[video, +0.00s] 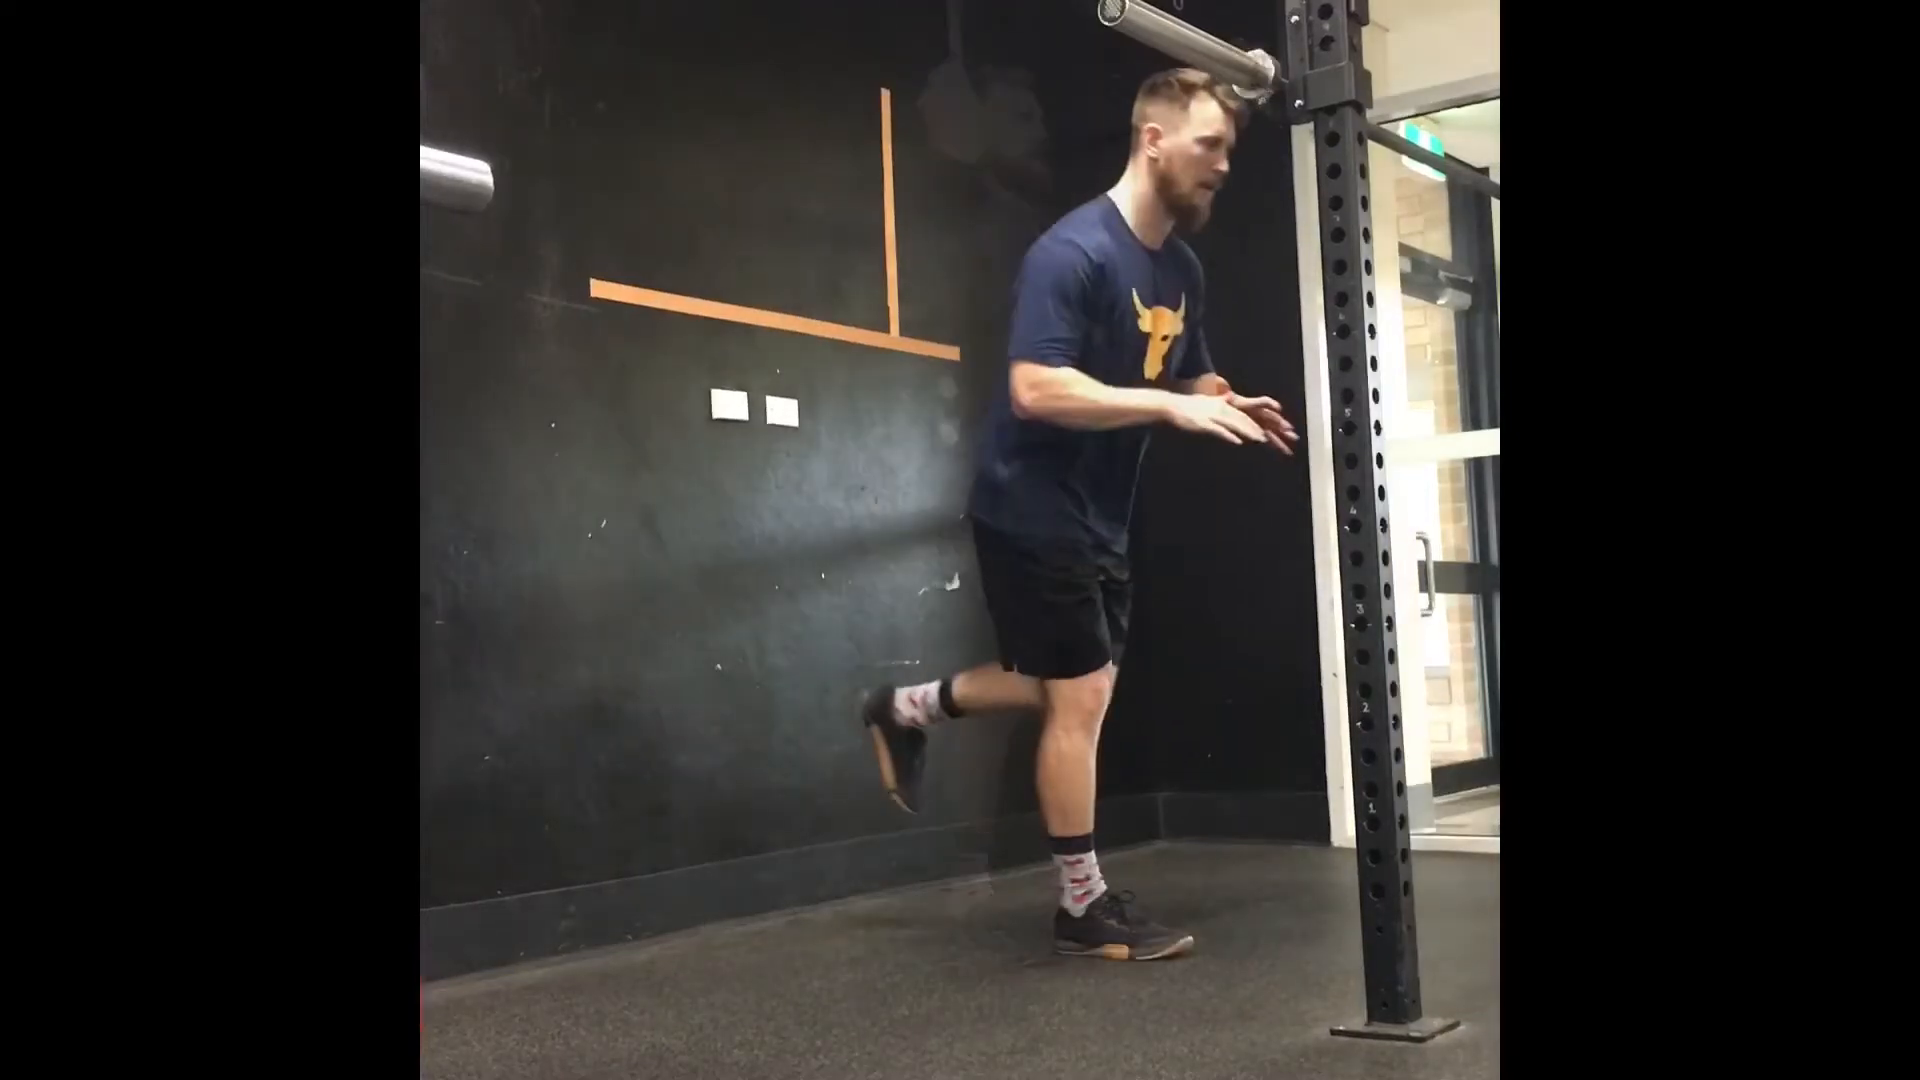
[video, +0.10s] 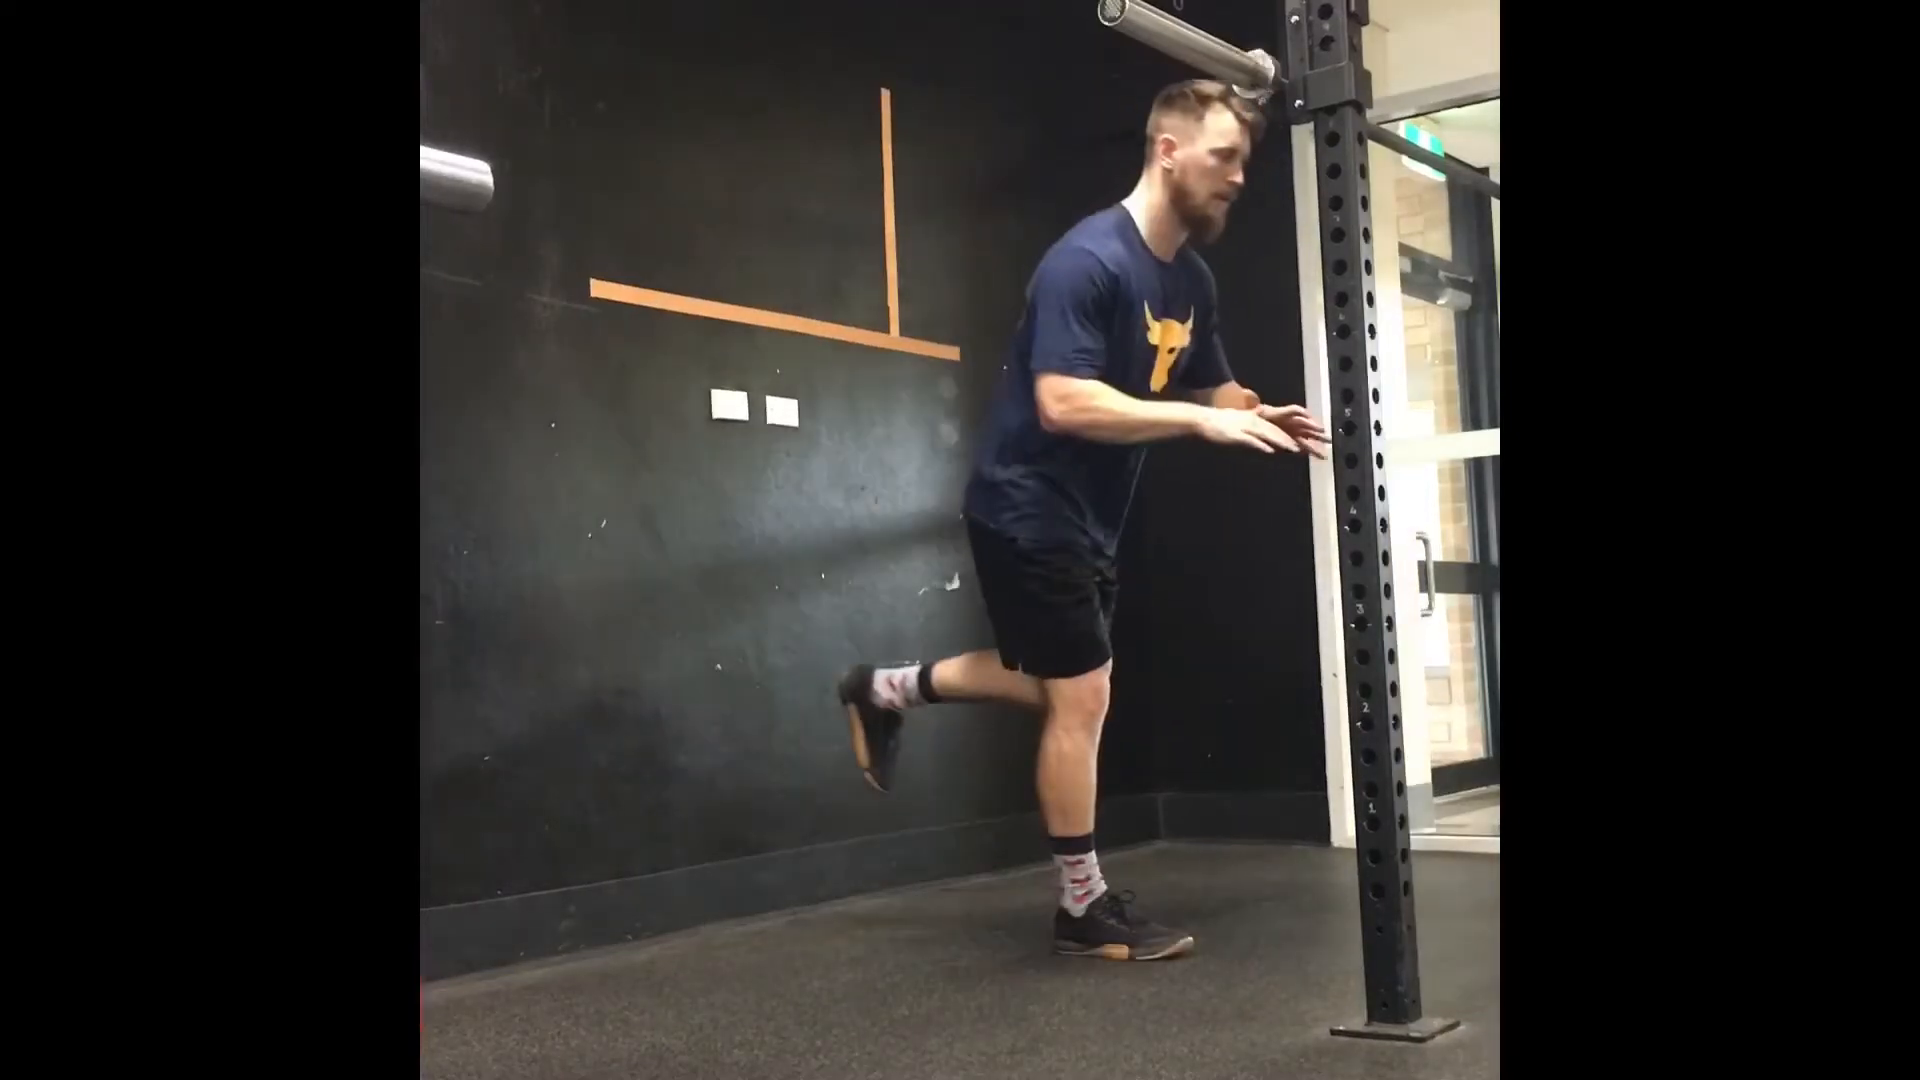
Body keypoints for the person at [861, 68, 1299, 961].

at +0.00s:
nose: (1222, 168)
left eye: (1227, 151)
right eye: (1209, 147)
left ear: (1196, 152)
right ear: (1150, 139)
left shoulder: (1181, 268)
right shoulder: (1068, 254)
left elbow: (1176, 380)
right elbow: (1036, 390)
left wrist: (1224, 402)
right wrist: (1174, 408)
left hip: (1105, 517)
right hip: (1033, 513)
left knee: (1080, 683)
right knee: (1078, 694)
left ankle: (909, 706)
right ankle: (1081, 903)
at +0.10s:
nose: (1240, 180)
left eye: (1245, 163)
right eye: (1226, 160)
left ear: (1201, 164)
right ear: (1166, 155)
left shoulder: (1192, 278)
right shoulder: (1084, 262)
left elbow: (1200, 392)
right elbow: (1063, 402)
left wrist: (1265, 418)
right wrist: (1201, 419)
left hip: (1094, 518)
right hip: (1027, 510)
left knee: (1052, 682)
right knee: (1080, 697)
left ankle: (885, 690)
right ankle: (1082, 903)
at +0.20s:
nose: (1255, 193)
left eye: (1260, 177)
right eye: (1240, 172)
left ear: (1216, 179)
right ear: (1183, 168)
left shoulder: (1202, 292)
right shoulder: (1098, 270)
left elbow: (1236, 401)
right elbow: (1091, 414)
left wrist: (1299, 427)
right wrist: (1235, 430)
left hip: (1083, 517)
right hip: (1021, 505)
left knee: (1042, 682)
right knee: (1080, 693)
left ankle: (870, 675)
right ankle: (1082, 903)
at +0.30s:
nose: (1270, 212)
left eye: (1275, 195)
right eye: (1257, 191)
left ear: (1222, 193)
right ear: (1199, 184)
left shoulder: (1213, 303)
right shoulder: (1108, 281)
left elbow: (1246, 407)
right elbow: (1115, 424)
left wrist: (1310, 426)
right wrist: (1252, 436)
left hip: (1076, 517)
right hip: (1015, 505)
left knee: (1036, 681)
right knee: (1078, 692)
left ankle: (859, 659)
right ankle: (1082, 904)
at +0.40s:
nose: (1288, 232)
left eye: (1292, 214)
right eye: (1274, 211)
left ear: (1238, 213)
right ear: (1213, 202)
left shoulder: (1222, 317)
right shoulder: (1121, 287)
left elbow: (1269, 417)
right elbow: (1141, 434)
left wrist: (1357, 436)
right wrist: (1293, 449)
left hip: (1065, 517)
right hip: (1009, 505)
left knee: (1018, 678)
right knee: (1077, 692)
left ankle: (848, 644)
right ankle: (1082, 906)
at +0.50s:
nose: (1297, 249)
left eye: (1302, 231)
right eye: (1285, 227)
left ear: (1244, 226)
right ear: (1223, 218)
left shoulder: (1232, 325)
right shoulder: (1133, 300)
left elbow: (1285, 424)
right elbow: (1160, 444)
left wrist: (1375, 448)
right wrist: (1308, 458)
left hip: (1057, 518)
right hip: (1005, 507)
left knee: (1003, 671)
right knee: (1076, 691)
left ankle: (835, 630)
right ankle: (1084, 911)